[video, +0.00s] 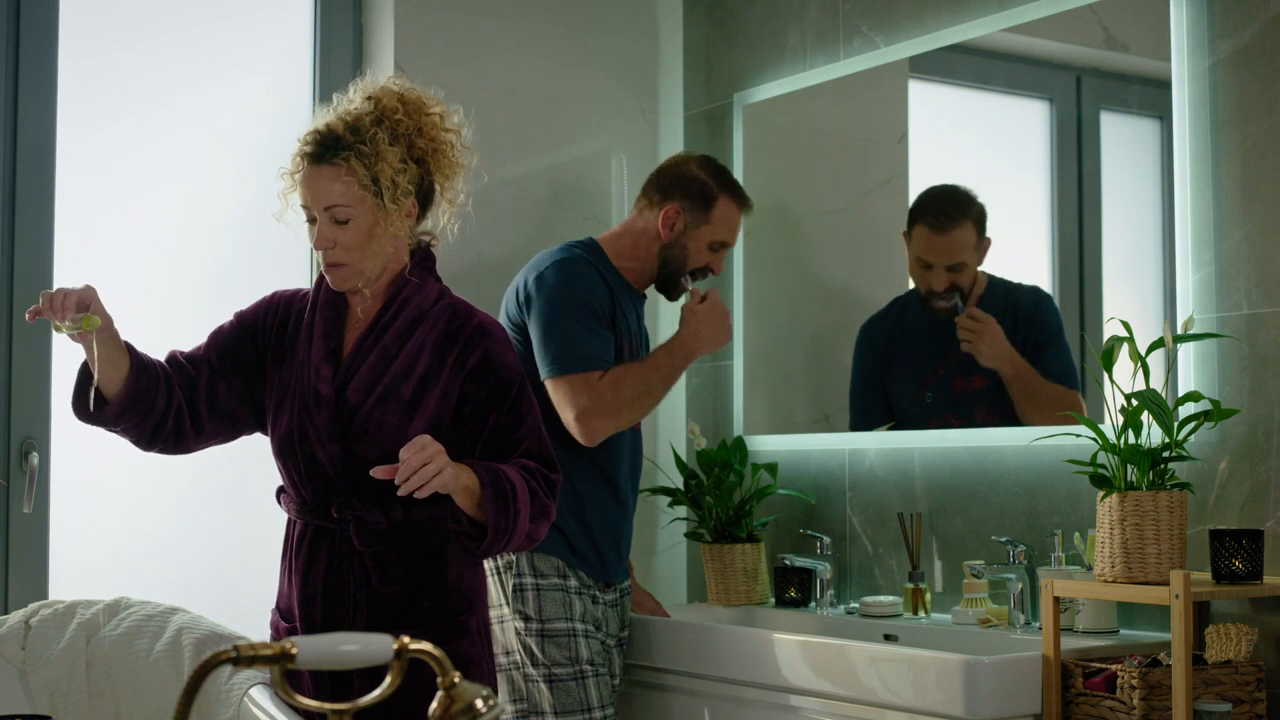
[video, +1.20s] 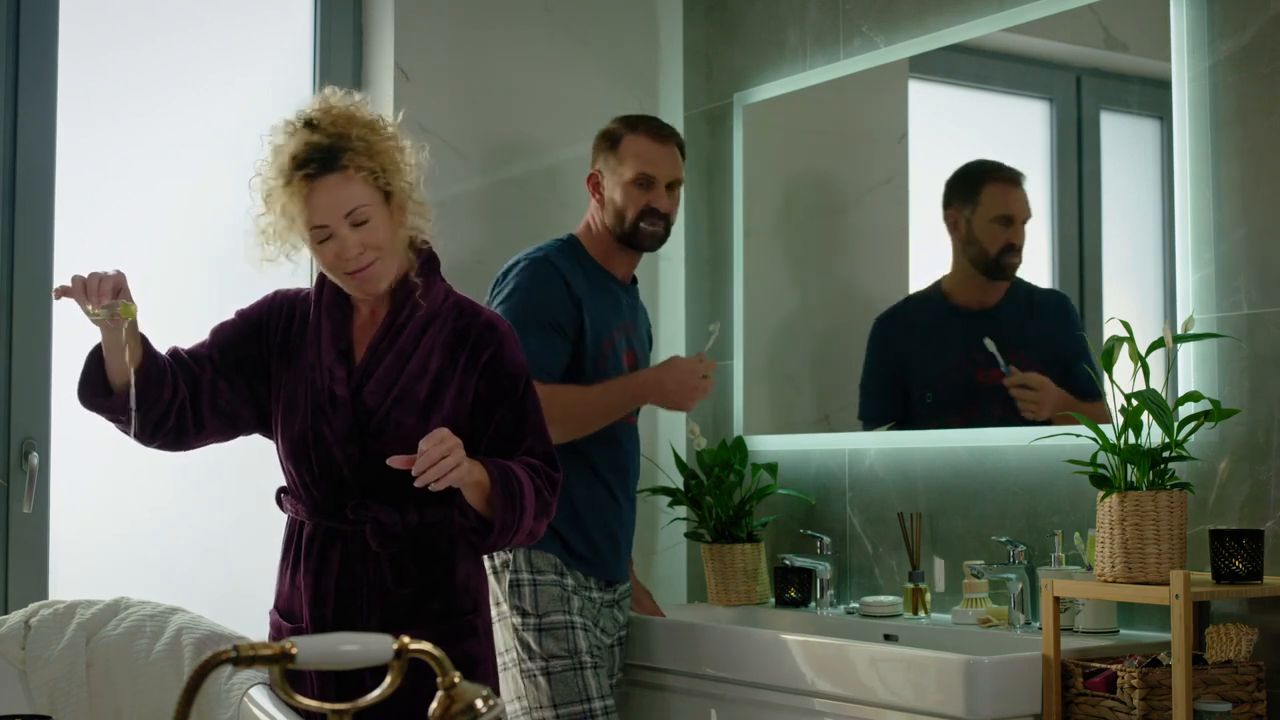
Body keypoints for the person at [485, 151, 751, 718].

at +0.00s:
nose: (716, 267)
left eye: (724, 252)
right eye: (714, 247)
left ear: (670, 225)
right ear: (668, 221)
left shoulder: (623, 306)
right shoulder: (565, 277)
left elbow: (592, 473)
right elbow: (588, 415)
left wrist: (623, 581)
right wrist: (688, 344)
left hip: (595, 576)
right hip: (542, 570)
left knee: (587, 706)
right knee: (566, 710)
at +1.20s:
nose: (660, 203)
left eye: (672, 187)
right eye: (642, 183)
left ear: (681, 193)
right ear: (597, 185)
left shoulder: (630, 304)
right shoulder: (539, 279)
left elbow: (603, 461)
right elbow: (514, 413)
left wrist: (626, 579)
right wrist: (646, 387)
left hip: (601, 577)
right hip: (541, 567)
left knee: (587, 708)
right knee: (570, 710)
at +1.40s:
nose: (641, 189)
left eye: (658, 175)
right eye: (624, 170)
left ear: (673, 186)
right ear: (588, 176)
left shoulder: (640, 300)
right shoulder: (526, 278)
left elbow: (608, 448)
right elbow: (497, 420)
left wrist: (622, 564)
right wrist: (623, 401)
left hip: (604, 573)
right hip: (535, 566)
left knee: (598, 709)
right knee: (556, 712)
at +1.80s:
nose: (613, 178)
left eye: (636, 164)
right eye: (601, 156)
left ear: (668, 178)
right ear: (579, 156)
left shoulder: (668, 295)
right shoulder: (508, 265)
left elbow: (682, 441)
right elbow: (469, 413)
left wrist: (710, 563)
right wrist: (573, 404)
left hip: (604, 566)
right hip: (513, 556)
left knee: (594, 712)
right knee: (523, 714)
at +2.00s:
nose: (605, 178)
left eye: (629, 163)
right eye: (596, 156)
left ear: (665, 178)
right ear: (578, 152)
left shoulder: (677, 297)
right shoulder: (501, 264)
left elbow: (697, 447)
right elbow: (454, 397)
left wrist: (737, 569)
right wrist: (549, 407)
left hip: (605, 572)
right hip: (505, 561)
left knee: (592, 711)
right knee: (508, 713)